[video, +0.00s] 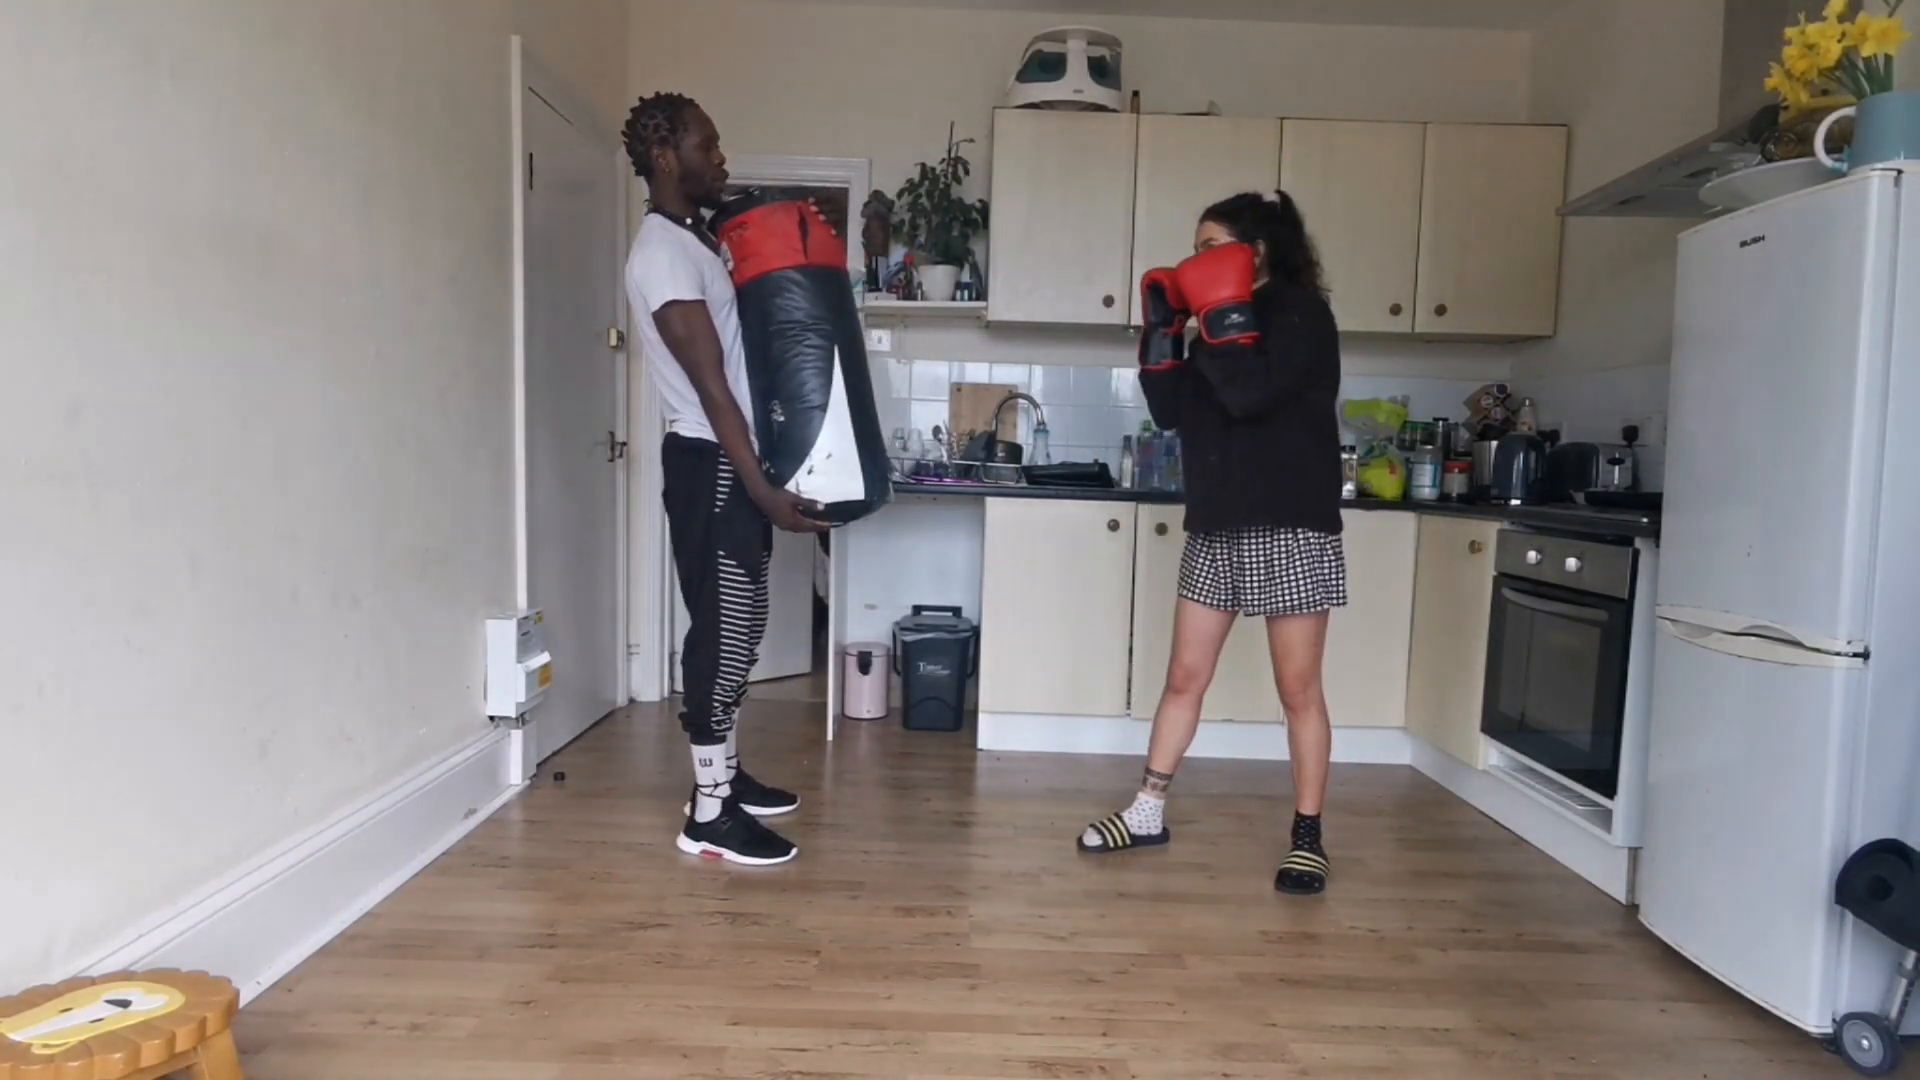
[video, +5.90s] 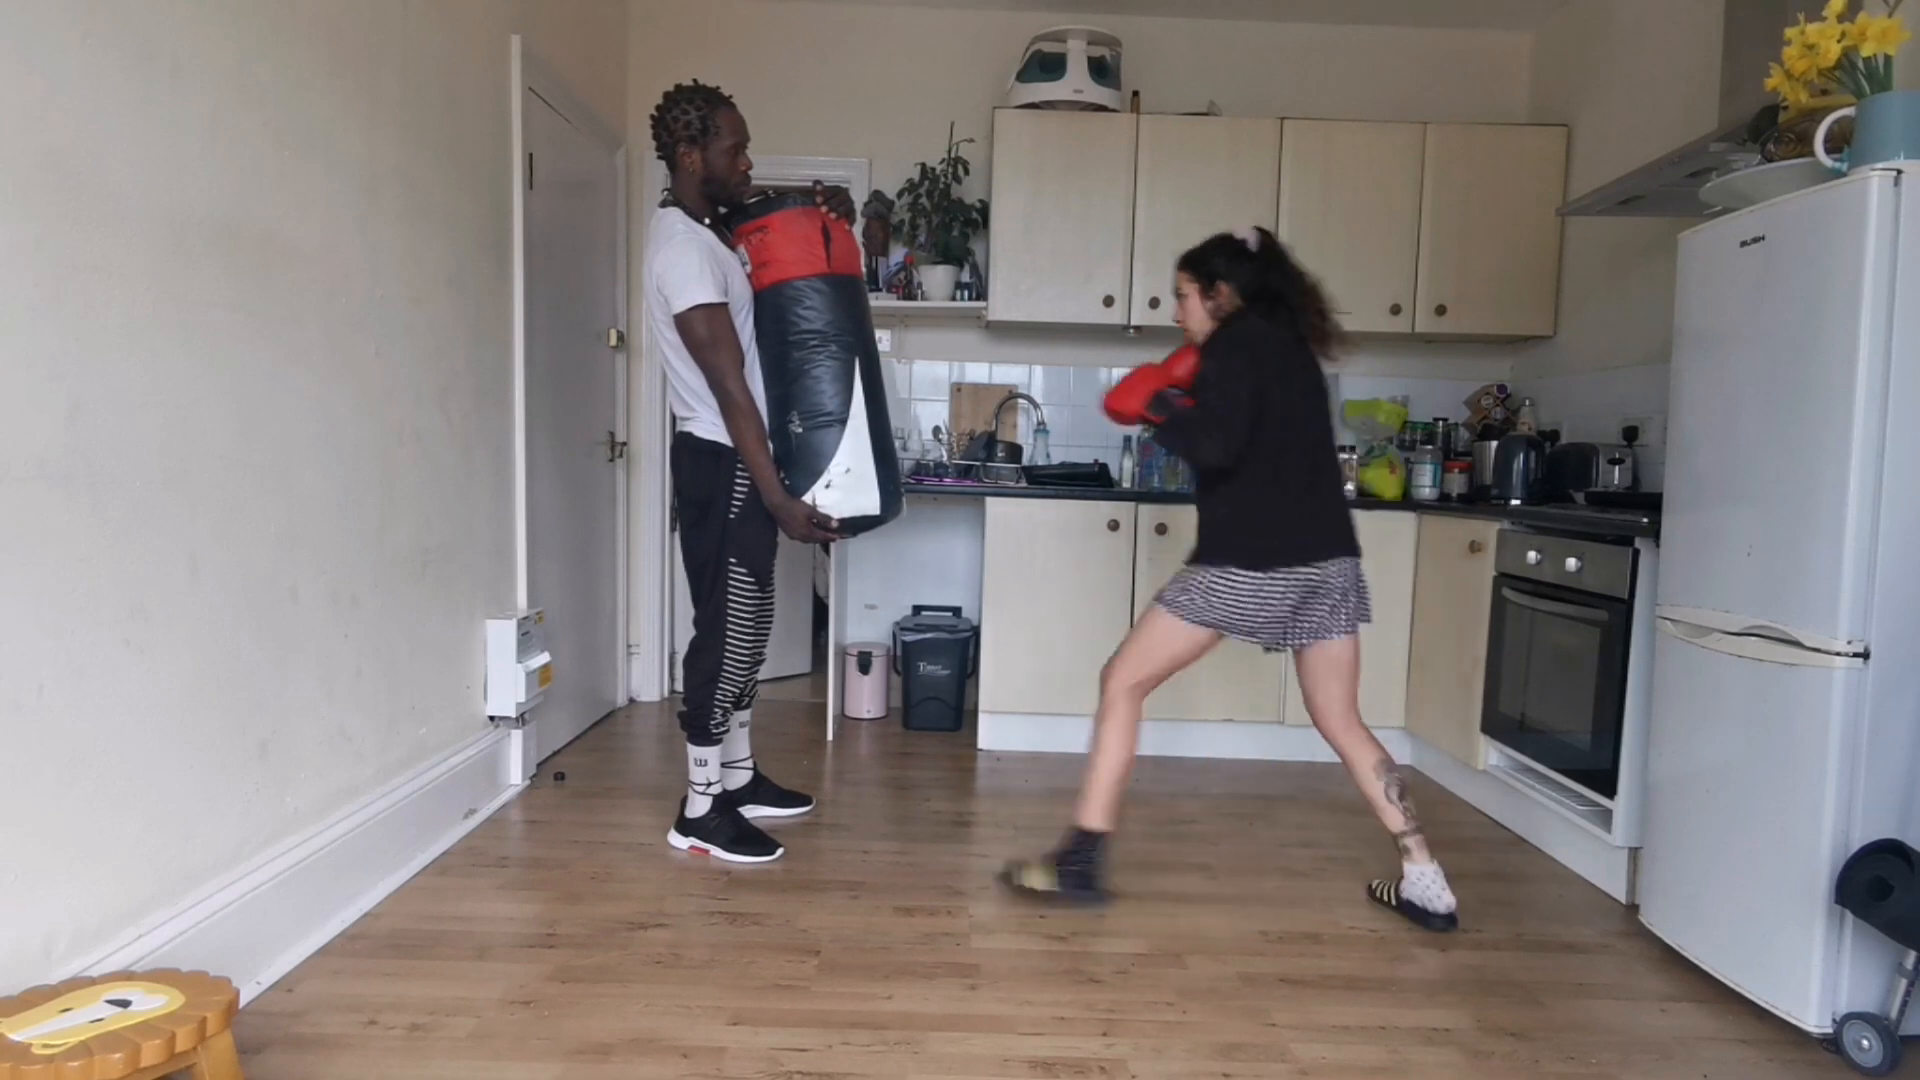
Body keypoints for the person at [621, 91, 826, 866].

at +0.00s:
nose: (723, 159)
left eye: (718, 145)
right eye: (707, 146)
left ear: (670, 159)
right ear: (664, 157)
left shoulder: (694, 240)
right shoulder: (662, 249)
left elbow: (744, 337)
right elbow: (708, 381)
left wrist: (766, 243)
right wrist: (759, 482)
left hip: (731, 452)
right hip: (706, 457)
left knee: (736, 617)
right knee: (729, 622)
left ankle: (722, 776)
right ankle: (709, 812)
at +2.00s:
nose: (741, 162)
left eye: (737, 148)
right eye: (726, 148)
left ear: (692, 159)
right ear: (683, 157)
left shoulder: (713, 239)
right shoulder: (677, 247)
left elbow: (785, 302)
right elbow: (721, 379)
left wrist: (820, 220)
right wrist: (770, 484)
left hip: (746, 451)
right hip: (719, 455)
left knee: (738, 620)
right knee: (732, 623)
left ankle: (726, 774)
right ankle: (703, 804)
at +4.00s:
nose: (761, 171)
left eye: (759, 158)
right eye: (748, 158)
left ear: (712, 168)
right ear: (704, 165)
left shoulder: (730, 246)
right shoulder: (695, 252)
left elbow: (799, 321)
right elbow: (733, 386)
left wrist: (843, 234)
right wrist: (780, 491)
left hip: (755, 454)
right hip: (725, 458)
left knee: (753, 623)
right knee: (735, 627)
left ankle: (738, 776)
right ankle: (702, 803)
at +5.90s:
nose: (748, 161)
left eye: (747, 147)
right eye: (737, 147)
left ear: (696, 155)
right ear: (690, 153)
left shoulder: (711, 236)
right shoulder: (680, 244)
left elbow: (785, 314)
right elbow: (727, 381)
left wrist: (827, 227)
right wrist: (777, 493)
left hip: (745, 450)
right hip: (716, 454)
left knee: (749, 622)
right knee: (728, 627)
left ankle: (736, 778)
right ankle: (700, 806)